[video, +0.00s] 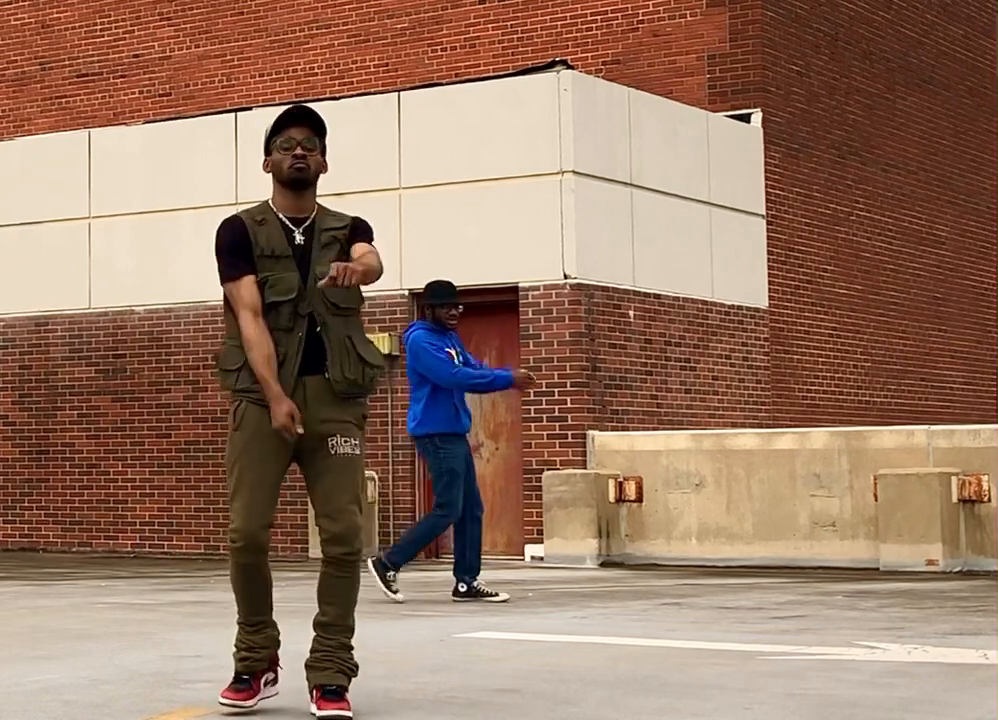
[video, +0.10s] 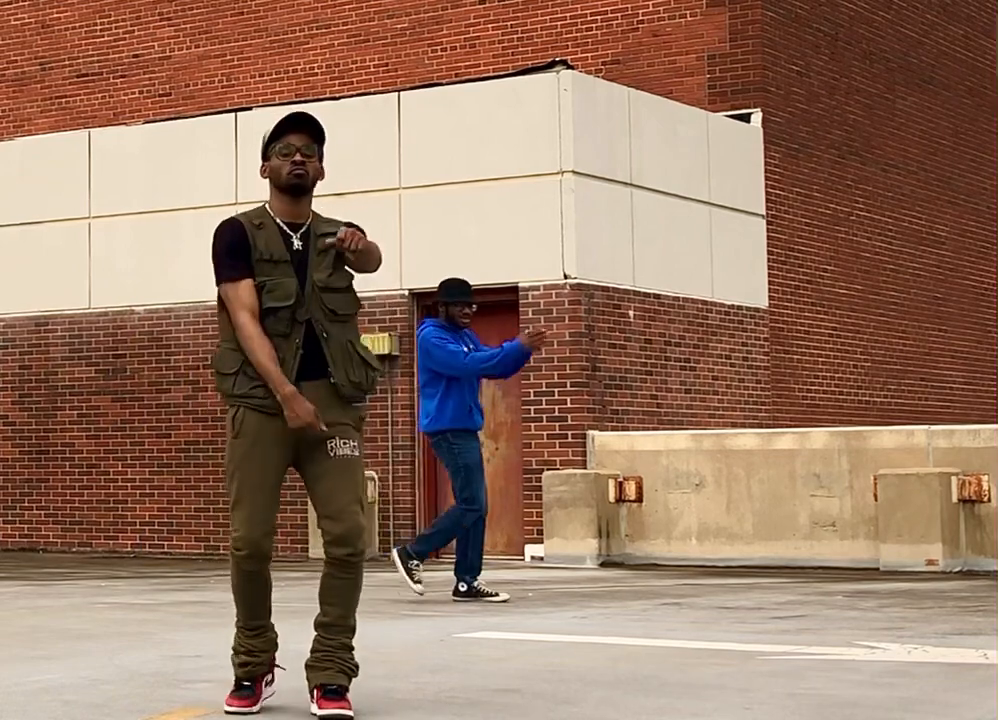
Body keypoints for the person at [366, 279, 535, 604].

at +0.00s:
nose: (454, 314)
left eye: (457, 308)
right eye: (448, 308)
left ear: (456, 309)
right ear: (430, 309)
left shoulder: (449, 339)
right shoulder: (420, 340)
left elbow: (474, 372)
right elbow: (452, 377)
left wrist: (510, 377)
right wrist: (507, 378)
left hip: (455, 434)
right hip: (437, 435)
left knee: (470, 509)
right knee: (447, 511)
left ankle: (466, 581)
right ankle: (387, 563)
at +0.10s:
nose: (466, 313)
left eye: (469, 308)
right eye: (460, 307)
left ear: (470, 308)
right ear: (444, 307)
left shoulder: (466, 337)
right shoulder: (430, 336)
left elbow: (498, 368)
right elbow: (465, 363)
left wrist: (523, 349)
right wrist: (515, 347)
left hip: (466, 429)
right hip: (449, 430)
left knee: (475, 506)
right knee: (471, 505)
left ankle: (467, 581)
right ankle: (411, 553)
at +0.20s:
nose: (485, 310)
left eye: (489, 305)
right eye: (480, 304)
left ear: (491, 306)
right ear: (463, 302)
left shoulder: (486, 332)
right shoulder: (448, 330)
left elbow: (522, 358)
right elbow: (484, 356)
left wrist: (533, 324)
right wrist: (523, 322)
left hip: (481, 423)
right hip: (465, 424)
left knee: (477, 500)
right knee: (500, 496)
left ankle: (469, 581)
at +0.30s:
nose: (504, 313)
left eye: (507, 308)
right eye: (498, 307)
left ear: (511, 308)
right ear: (482, 304)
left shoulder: (507, 333)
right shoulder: (465, 332)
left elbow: (539, 361)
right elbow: (497, 360)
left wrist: (544, 327)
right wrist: (534, 326)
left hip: (497, 424)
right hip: (481, 425)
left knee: (486, 504)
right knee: (518, 500)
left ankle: (467, 580)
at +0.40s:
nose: (529, 317)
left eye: (533, 311)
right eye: (524, 310)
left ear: (536, 310)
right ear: (507, 307)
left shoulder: (534, 340)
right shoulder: (490, 340)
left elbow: (550, 381)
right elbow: (507, 386)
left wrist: (572, 382)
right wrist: (555, 378)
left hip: (525, 435)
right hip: (506, 436)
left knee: (498, 509)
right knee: (537, 509)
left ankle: (468, 579)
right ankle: (570, 584)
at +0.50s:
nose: (550, 316)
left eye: (553, 310)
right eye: (542, 310)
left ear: (557, 310)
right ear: (525, 310)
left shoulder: (559, 345)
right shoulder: (511, 344)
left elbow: (572, 395)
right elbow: (516, 399)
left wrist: (589, 438)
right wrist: (539, 443)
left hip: (549, 436)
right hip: (527, 436)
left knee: (524, 509)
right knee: (559, 507)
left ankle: (476, 573)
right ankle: (578, 587)